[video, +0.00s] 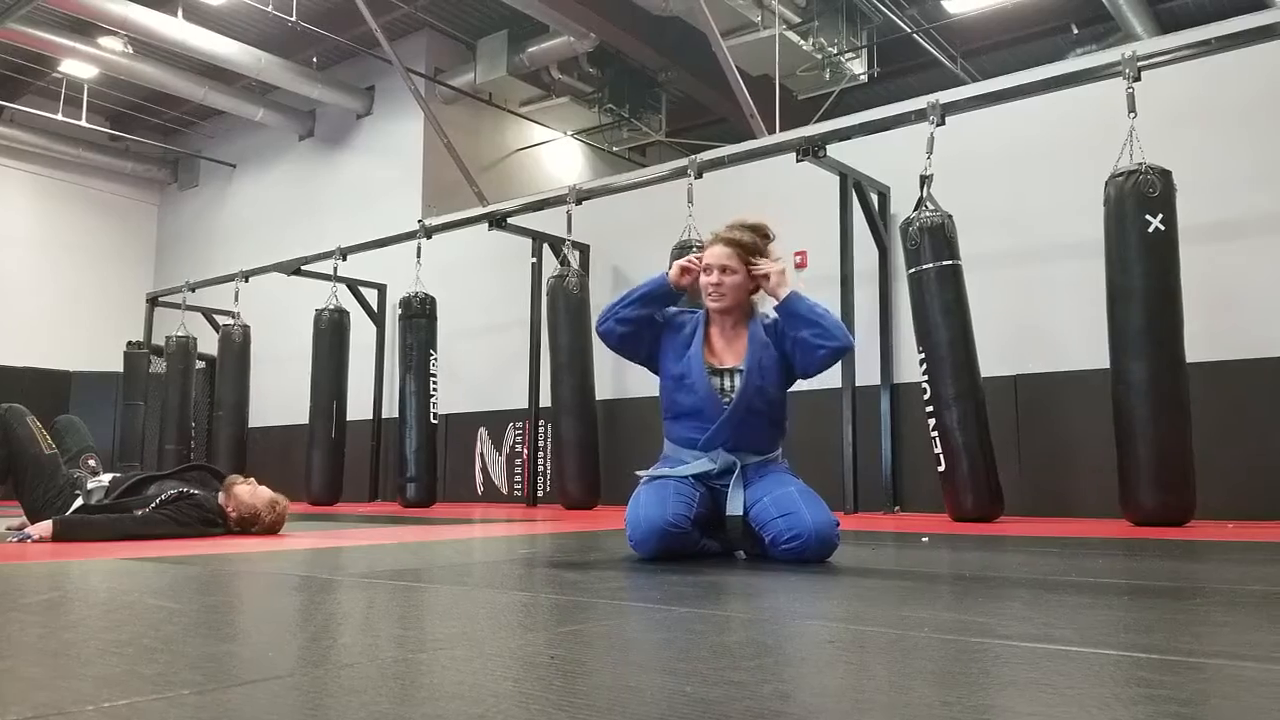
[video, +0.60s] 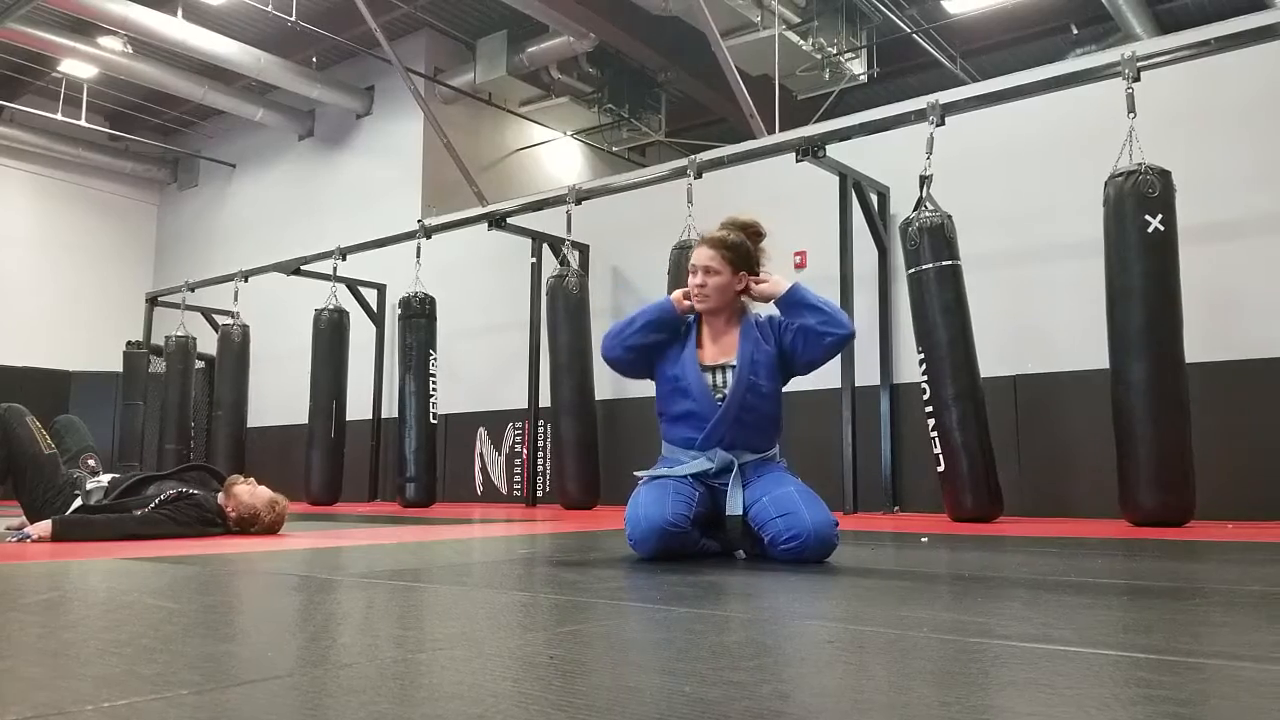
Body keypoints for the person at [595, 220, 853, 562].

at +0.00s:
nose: (714, 280)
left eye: (727, 271)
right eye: (707, 270)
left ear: (753, 281)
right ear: (698, 278)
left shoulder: (776, 333)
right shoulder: (672, 329)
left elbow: (837, 343)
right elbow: (610, 327)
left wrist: (783, 293)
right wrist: (669, 285)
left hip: (760, 473)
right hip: (682, 473)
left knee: (813, 537)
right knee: (650, 535)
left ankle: (745, 535)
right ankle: (717, 541)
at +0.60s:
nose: (696, 281)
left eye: (710, 273)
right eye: (692, 271)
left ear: (741, 282)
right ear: (686, 275)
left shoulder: (771, 334)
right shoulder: (670, 336)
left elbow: (837, 331)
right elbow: (614, 350)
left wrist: (783, 289)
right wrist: (671, 308)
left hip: (758, 473)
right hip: (681, 474)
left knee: (812, 537)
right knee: (650, 533)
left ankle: (746, 534)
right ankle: (717, 541)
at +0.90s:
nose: (687, 272)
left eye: (699, 263)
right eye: (689, 264)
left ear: (731, 275)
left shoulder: (777, 339)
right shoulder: (672, 339)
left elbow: (808, 413)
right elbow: (644, 408)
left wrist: (757, 375)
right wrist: (660, 338)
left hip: (758, 475)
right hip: (682, 474)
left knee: (813, 537)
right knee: (649, 533)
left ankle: (747, 537)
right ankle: (713, 542)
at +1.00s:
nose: (688, 274)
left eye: (699, 265)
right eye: (689, 266)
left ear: (731, 275)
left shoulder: (776, 343)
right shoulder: (671, 339)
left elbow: (797, 422)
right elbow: (639, 403)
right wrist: (658, 334)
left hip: (758, 478)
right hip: (683, 475)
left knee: (813, 537)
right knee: (650, 533)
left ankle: (746, 537)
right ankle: (715, 542)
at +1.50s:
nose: (698, 274)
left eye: (710, 266)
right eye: (700, 265)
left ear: (742, 278)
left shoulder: (783, 347)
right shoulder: (678, 335)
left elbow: (791, 433)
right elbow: (636, 406)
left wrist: (751, 481)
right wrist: (679, 352)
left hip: (760, 475)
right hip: (682, 474)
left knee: (812, 536)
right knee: (651, 533)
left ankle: (741, 536)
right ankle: (718, 542)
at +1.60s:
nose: (700, 275)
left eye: (712, 266)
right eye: (702, 266)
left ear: (745, 278)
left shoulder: (786, 347)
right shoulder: (676, 340)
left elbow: (793, 431)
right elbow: (629, 414)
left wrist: (753, 480)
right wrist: (671, 396)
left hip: (760, 475)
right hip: (682, 475)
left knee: (812, 536)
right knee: (651, 533)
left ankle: (742, 536)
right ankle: (717, 542)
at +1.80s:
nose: (701, 275)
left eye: (713, 266)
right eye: (702, 266)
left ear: (746, 278)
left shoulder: (789, 348)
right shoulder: (675, 345)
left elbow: (797, 430)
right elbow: (652, 420)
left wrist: (758, 477)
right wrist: (677, 460)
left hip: (762, 476)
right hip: (684, 476)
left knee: (813, 535)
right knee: (652, 533)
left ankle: (740, 536)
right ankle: (711, 541)